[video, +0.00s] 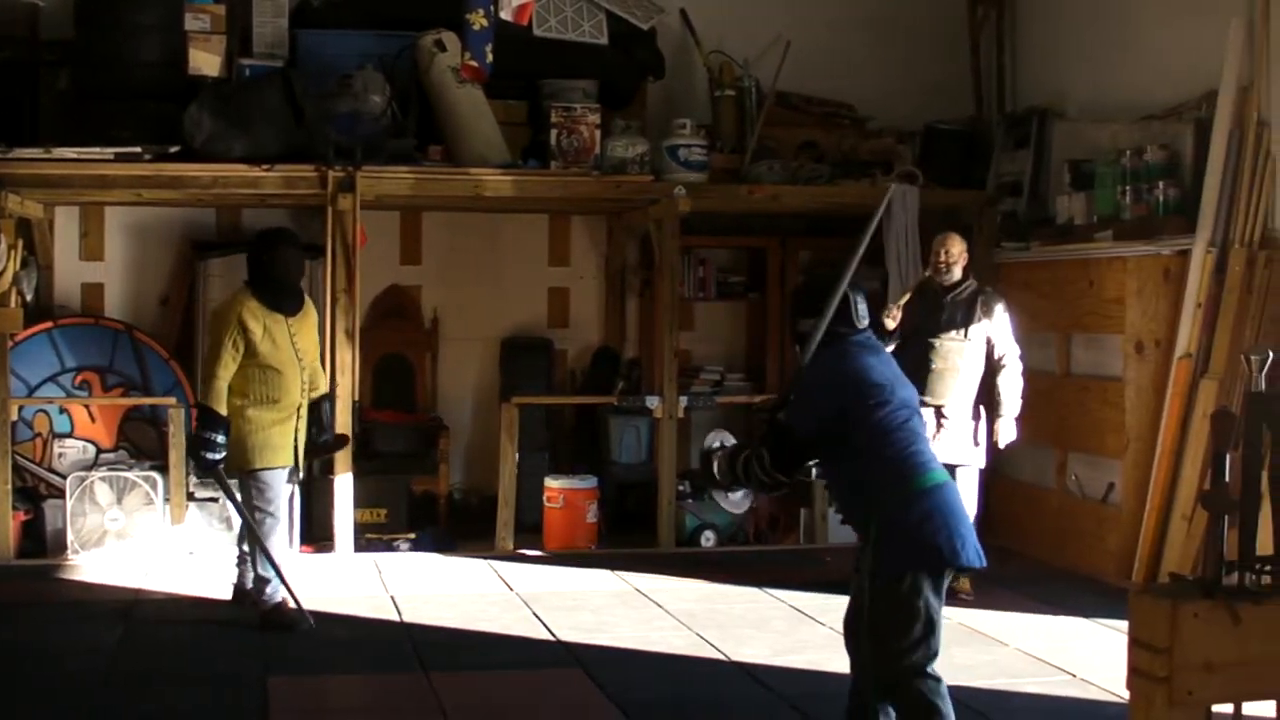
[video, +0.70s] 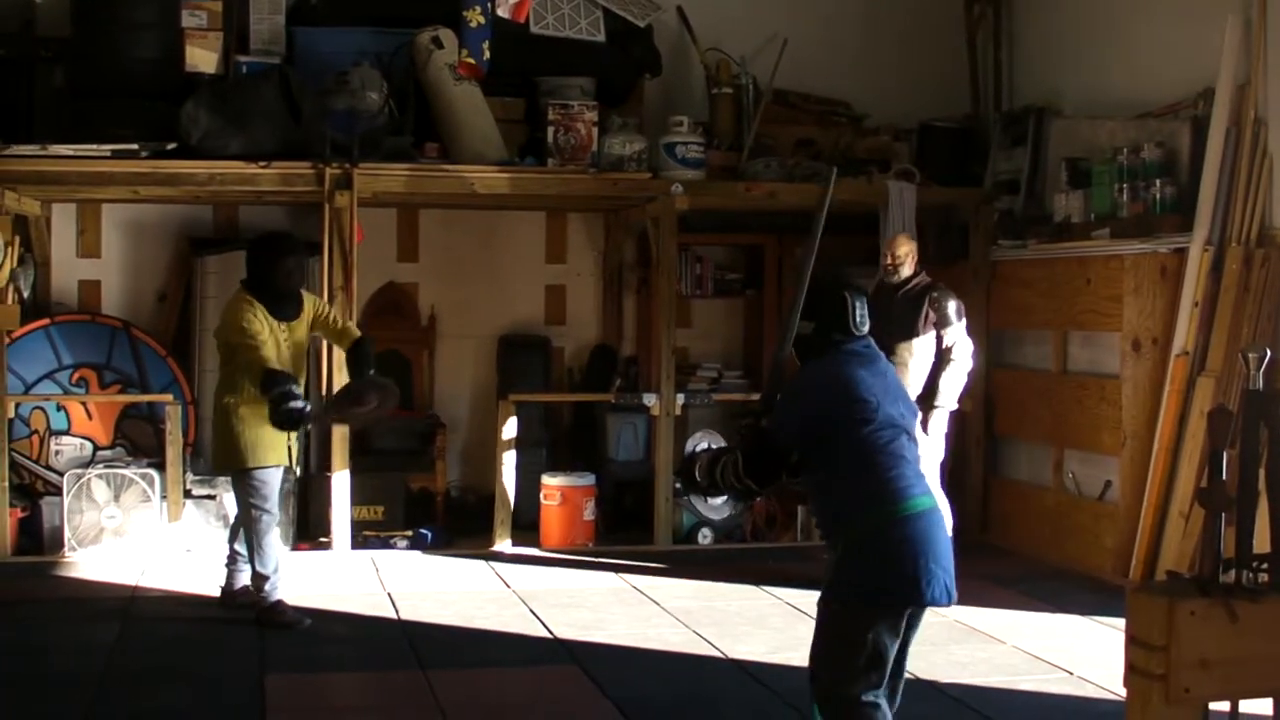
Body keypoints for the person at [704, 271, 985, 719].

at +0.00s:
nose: (795, 332)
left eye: (800, 322)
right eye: (798, 322)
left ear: (812, 321)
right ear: (857, 315)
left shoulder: (836, 365)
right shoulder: (869, 356)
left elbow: (782, 457)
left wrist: (730, 464)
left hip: (911, 526)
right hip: (898, 524)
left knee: (905, 662)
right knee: (864, 639)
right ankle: (868, 711)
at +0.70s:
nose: (795, 334)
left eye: (801, 323)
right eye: (798, 322)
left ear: (811, 329)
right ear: (857, 324)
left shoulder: (820, 381)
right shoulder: (881, 373)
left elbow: (763, 464)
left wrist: (709, 469)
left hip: (882, 547)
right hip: (924, 539)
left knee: (844, 691)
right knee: (878, 689)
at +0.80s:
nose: (798, 327)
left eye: (805, 317)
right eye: (802, 316)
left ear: (815, 322)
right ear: (860, 318)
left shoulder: (819, 377)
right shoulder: (884, 370)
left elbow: (762, 463)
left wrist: (710, 469)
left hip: (877, 556)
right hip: (924, 547)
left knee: (840, 696)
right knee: (882, 695)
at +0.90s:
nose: (799, 326)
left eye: (805, 315)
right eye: (802, 315)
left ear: (816, 318)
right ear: (860, 314)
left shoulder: (822, 371)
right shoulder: (884, 363)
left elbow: (764, 458)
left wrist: (712, 462)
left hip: (878, 558)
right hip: (925, 549)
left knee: (844, 698)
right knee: (881, 694)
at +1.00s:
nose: (795, 319)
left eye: (801, 307)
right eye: (798, 307)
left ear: (813, 312)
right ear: (858, 307)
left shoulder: (820, 369)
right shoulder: (881, 359)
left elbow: (755, 457)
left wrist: (696, 452)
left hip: (881, 555)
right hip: (918, 545)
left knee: (850, 696)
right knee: (862, 689)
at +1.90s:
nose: (742, 325)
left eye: (747, 315)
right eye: (745, 315)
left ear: (760, 316)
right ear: (803, 313)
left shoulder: (773, 361)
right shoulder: (829, 362)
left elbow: (693, 444)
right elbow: (794, 458)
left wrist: (646, 421)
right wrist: (722, 465)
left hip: (837, 529)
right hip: (874, 524)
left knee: (822, 668)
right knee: (827, 663)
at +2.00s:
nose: (739, 325)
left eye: (744, 315)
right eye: (741, 315)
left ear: (757, 317)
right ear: (798, 313)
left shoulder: (768, 363)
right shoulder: (823, 361)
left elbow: (691, 440)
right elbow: (797, 455)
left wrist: (643, 404)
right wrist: (729, 482)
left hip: (834, 531)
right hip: (876, 526)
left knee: (813, 670)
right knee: (831, 668)